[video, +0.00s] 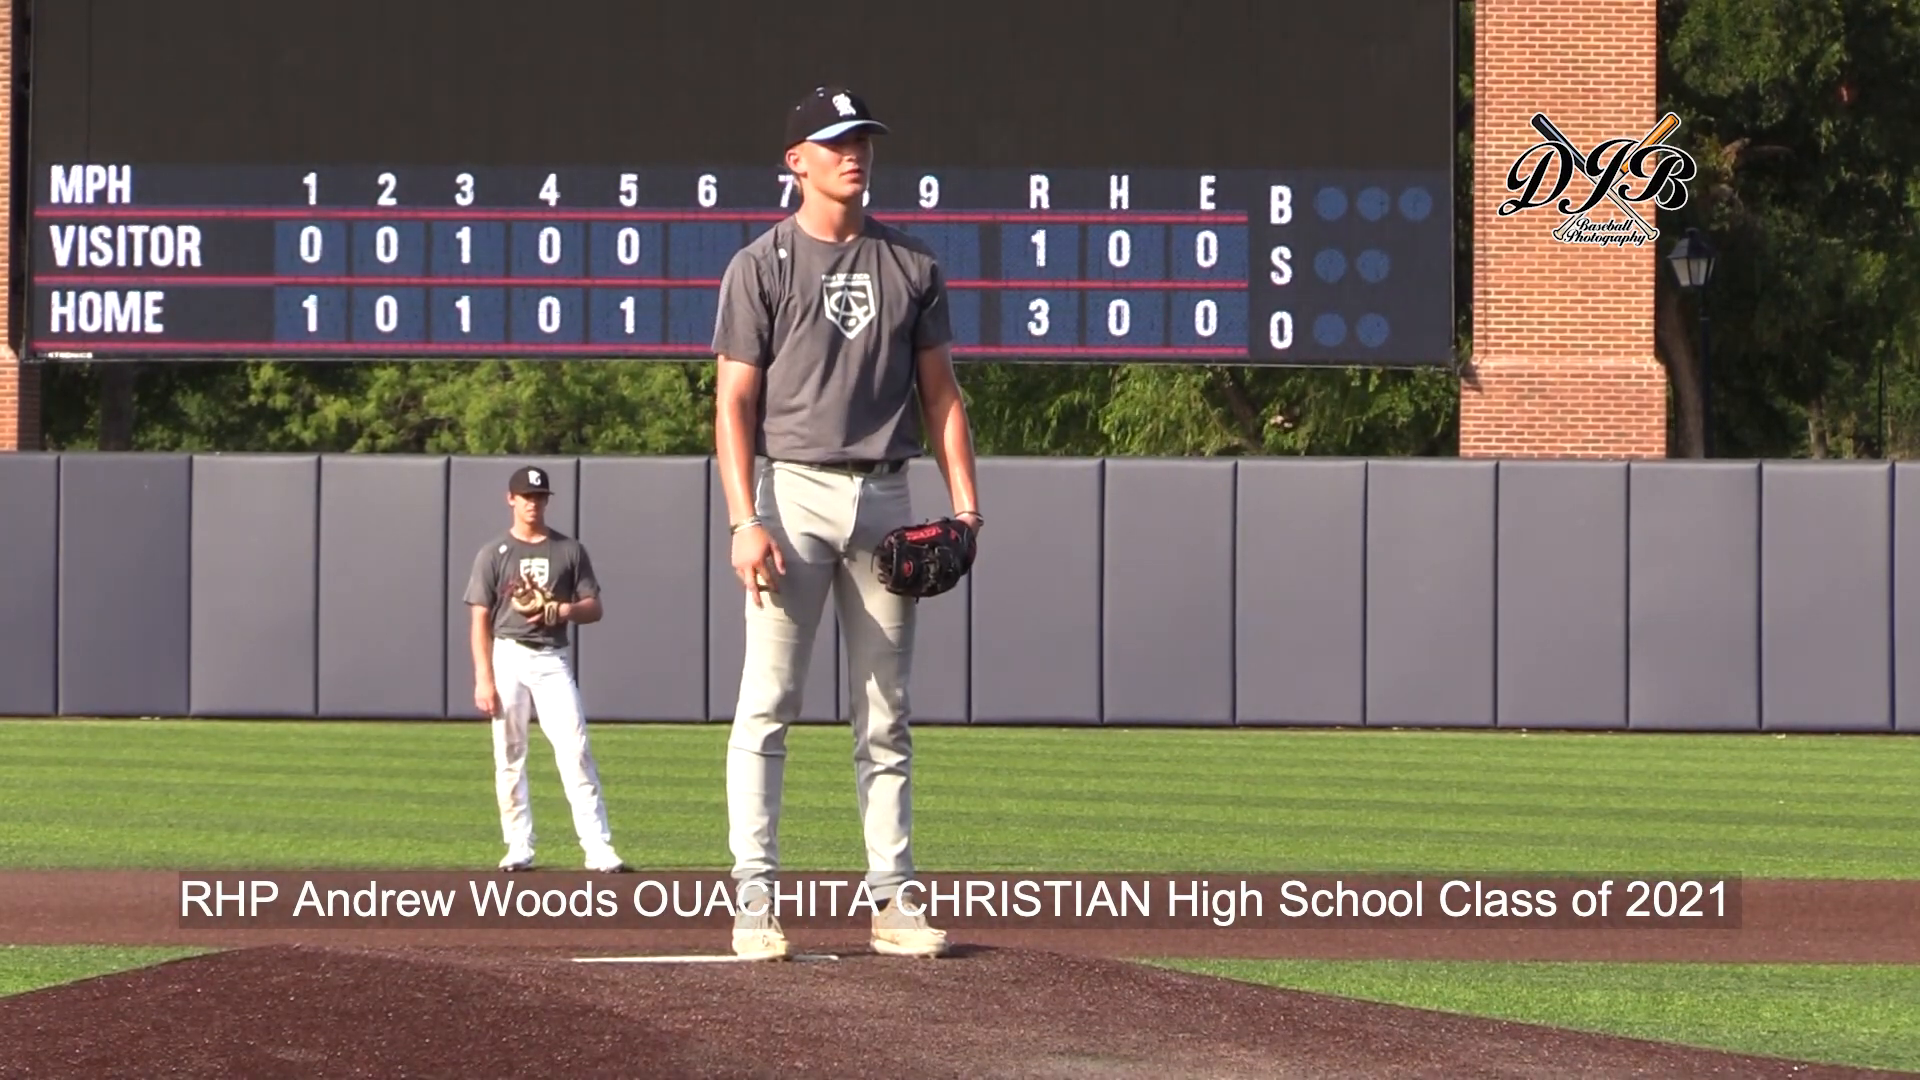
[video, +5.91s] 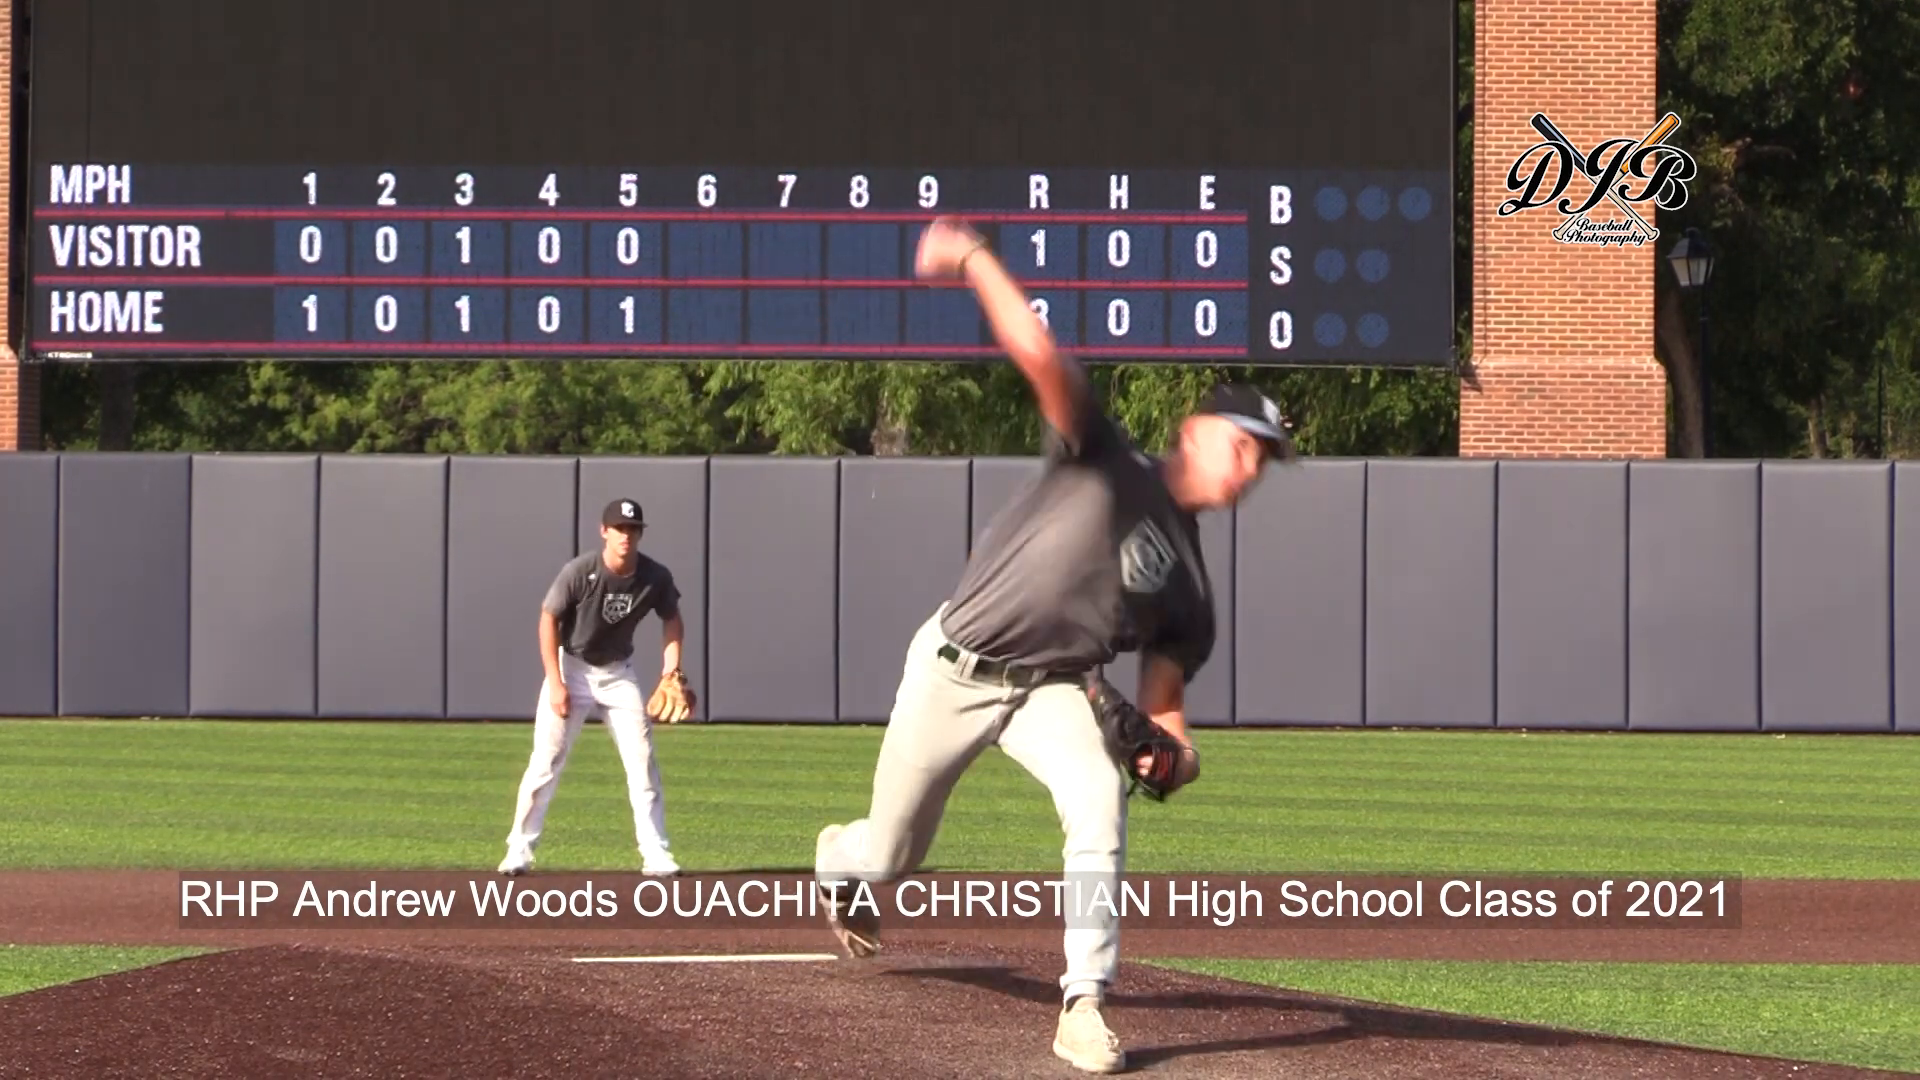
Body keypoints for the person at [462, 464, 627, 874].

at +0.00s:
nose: (534, 504)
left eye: (540, 497)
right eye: (527, 497)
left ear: (548, 500)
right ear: (511, 500)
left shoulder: (571, 550)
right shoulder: (492, 555)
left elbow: (593, 608)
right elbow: (480, 622)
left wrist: (560, 610)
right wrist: (484, 680)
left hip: (552, 658)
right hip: (505, 656)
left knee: (576, 749)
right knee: (509, 756)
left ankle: (599, 852)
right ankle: (519, 850)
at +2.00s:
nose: (532, 504)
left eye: (538, 497)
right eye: (525, 497)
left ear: (546, 500)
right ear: (509, 500)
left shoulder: (569, 551)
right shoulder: (491, 555)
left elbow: (591, 610)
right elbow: (479, 620)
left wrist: (558, 609)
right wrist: (483, 678)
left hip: (552, 658)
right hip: (505, 657)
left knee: (576, 750)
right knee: (509, 757)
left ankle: (600, 852)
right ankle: (519, 851)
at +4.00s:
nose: (586, 504)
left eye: (592, 497)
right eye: (579, 497)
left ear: (601, 499)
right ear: (565, 497)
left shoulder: (618, 554)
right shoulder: (539, 545)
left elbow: (636, 611)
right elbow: (518, 603)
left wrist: (607, 620)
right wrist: (518, 663)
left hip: (594, 660)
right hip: (548, 655)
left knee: (587, 757)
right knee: (534, 751)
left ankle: (578, 850)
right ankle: (522, 844)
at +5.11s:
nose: (537, 514)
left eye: (543, 506)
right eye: (529, 508)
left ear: (551, 507)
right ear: (514, 511)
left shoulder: (581, 546)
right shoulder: (503, 560)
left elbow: (607, 586)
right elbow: (485, 618)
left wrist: (594, 629)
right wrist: (481, 681)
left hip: (576, 664)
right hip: (528, 665)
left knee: (605, 754)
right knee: (519, 763)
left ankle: (625, 846)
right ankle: (517, 856)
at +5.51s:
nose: (600, 522)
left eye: (606, 514)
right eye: (592, 516)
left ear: (615, 517)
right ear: (578, 519)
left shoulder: (642, 561)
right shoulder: (561, 566)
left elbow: (663, 601)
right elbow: (542, 621)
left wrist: (645, 643)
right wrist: (536, 683)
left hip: (622, 675)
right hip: (571, 671)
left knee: (645, 764)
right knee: (541, 762)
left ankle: (657, 859)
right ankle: (519, 852)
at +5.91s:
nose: (627, 537)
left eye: (633, 531)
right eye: (620, 530)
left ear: (641, 534)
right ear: (604, 531)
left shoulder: (655, 578)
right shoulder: (578, 573)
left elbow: (672, 620)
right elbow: (547, 619)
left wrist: (671, 671)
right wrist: (555, 682)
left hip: (618, 673)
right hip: (570, 670)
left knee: (642, 760)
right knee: (546, 761)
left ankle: (656, 857)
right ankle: (519, 852)